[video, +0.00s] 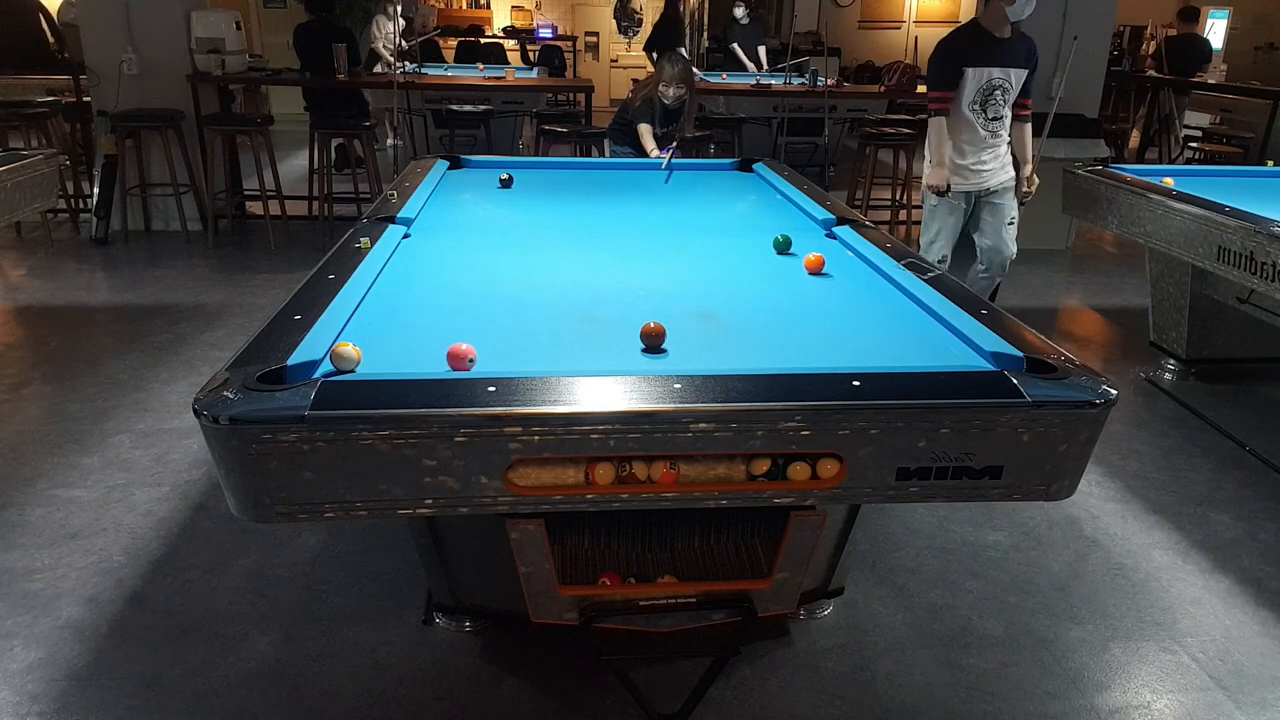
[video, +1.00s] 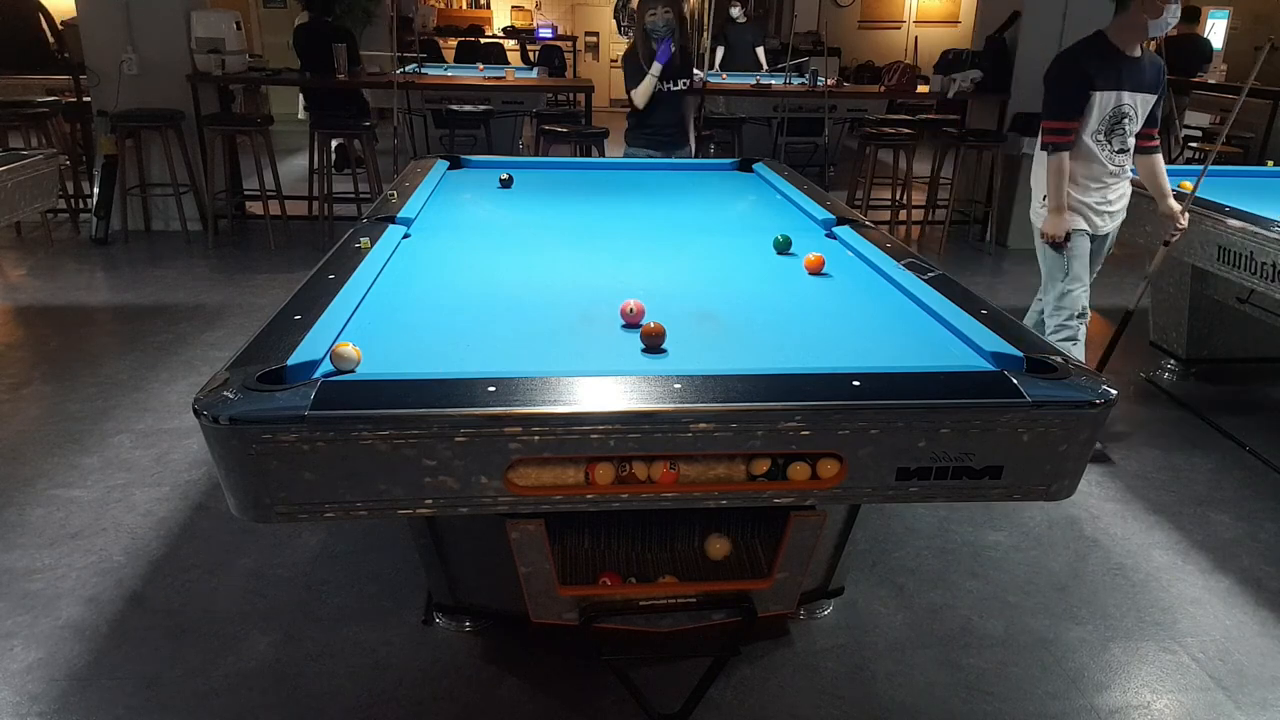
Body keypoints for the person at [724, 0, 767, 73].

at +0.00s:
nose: (736, 11)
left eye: (739, 7)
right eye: (735, 7)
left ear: (747, 10)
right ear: (732, 10)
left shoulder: (756, 25)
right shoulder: (730, 25)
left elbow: (761, 46)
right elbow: (734, 46)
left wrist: (765, 66)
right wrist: (748, 64)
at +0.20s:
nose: (735, 11)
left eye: (738, 7)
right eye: (733, 7)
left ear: (745, 10)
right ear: (730, 10)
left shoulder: (755, 25)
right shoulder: (729, 26)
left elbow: (760, 46)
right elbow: (732, 46)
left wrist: (765, 65)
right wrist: (746, 62)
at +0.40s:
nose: (731, 10)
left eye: (735, 7)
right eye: (730, 7)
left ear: (742, 10)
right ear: (727, 10)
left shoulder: (753, 25)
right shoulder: (727, 26)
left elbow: (758, 46)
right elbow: (727, 44)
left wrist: (764, 65)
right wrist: (735, 56)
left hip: (752, 69)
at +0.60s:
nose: (731, 10)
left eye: (734, 7)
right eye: (729, 7)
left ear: (741, 9)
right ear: (727, 10)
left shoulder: (752, 26)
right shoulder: (725, 26)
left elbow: (758, 47)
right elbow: (722, 45)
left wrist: (765, 66)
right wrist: (721, 56)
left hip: (751, 72)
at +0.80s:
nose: (731, 10)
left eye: (734, 7)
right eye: (730, 7)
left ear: (742, 9)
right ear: (728, 9)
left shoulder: (753, 26)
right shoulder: (725, 26)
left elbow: (758, 47)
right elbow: (720, 46)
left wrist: (765, 66)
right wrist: (716, 62)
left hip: (750, 70)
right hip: (729, 70)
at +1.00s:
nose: (732, 10)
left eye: (736, 7)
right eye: (731, 7)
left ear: (743, 9)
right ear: (728, 9)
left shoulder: (753, 26)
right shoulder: (726, 26)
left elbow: (759, 47)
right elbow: (721, 47)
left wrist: (765, 66)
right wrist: (716, 65)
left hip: (750, 72)